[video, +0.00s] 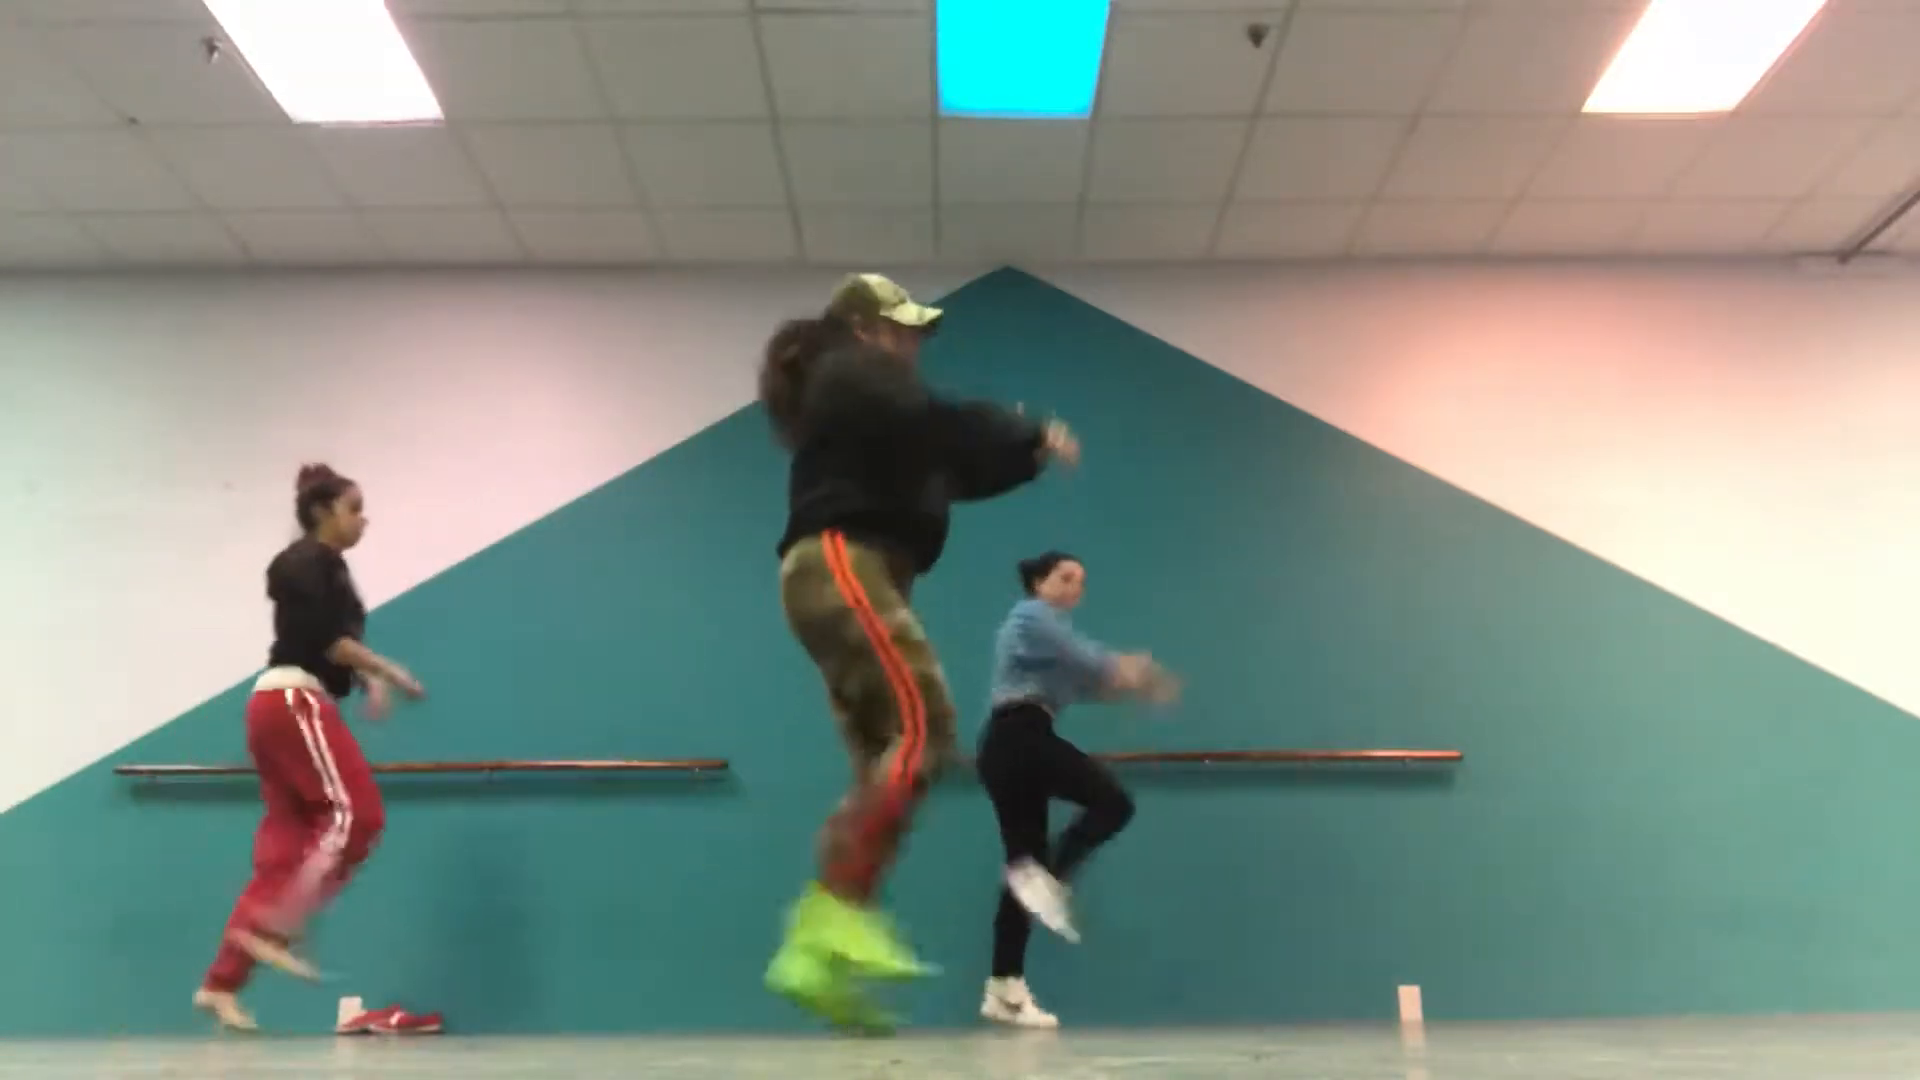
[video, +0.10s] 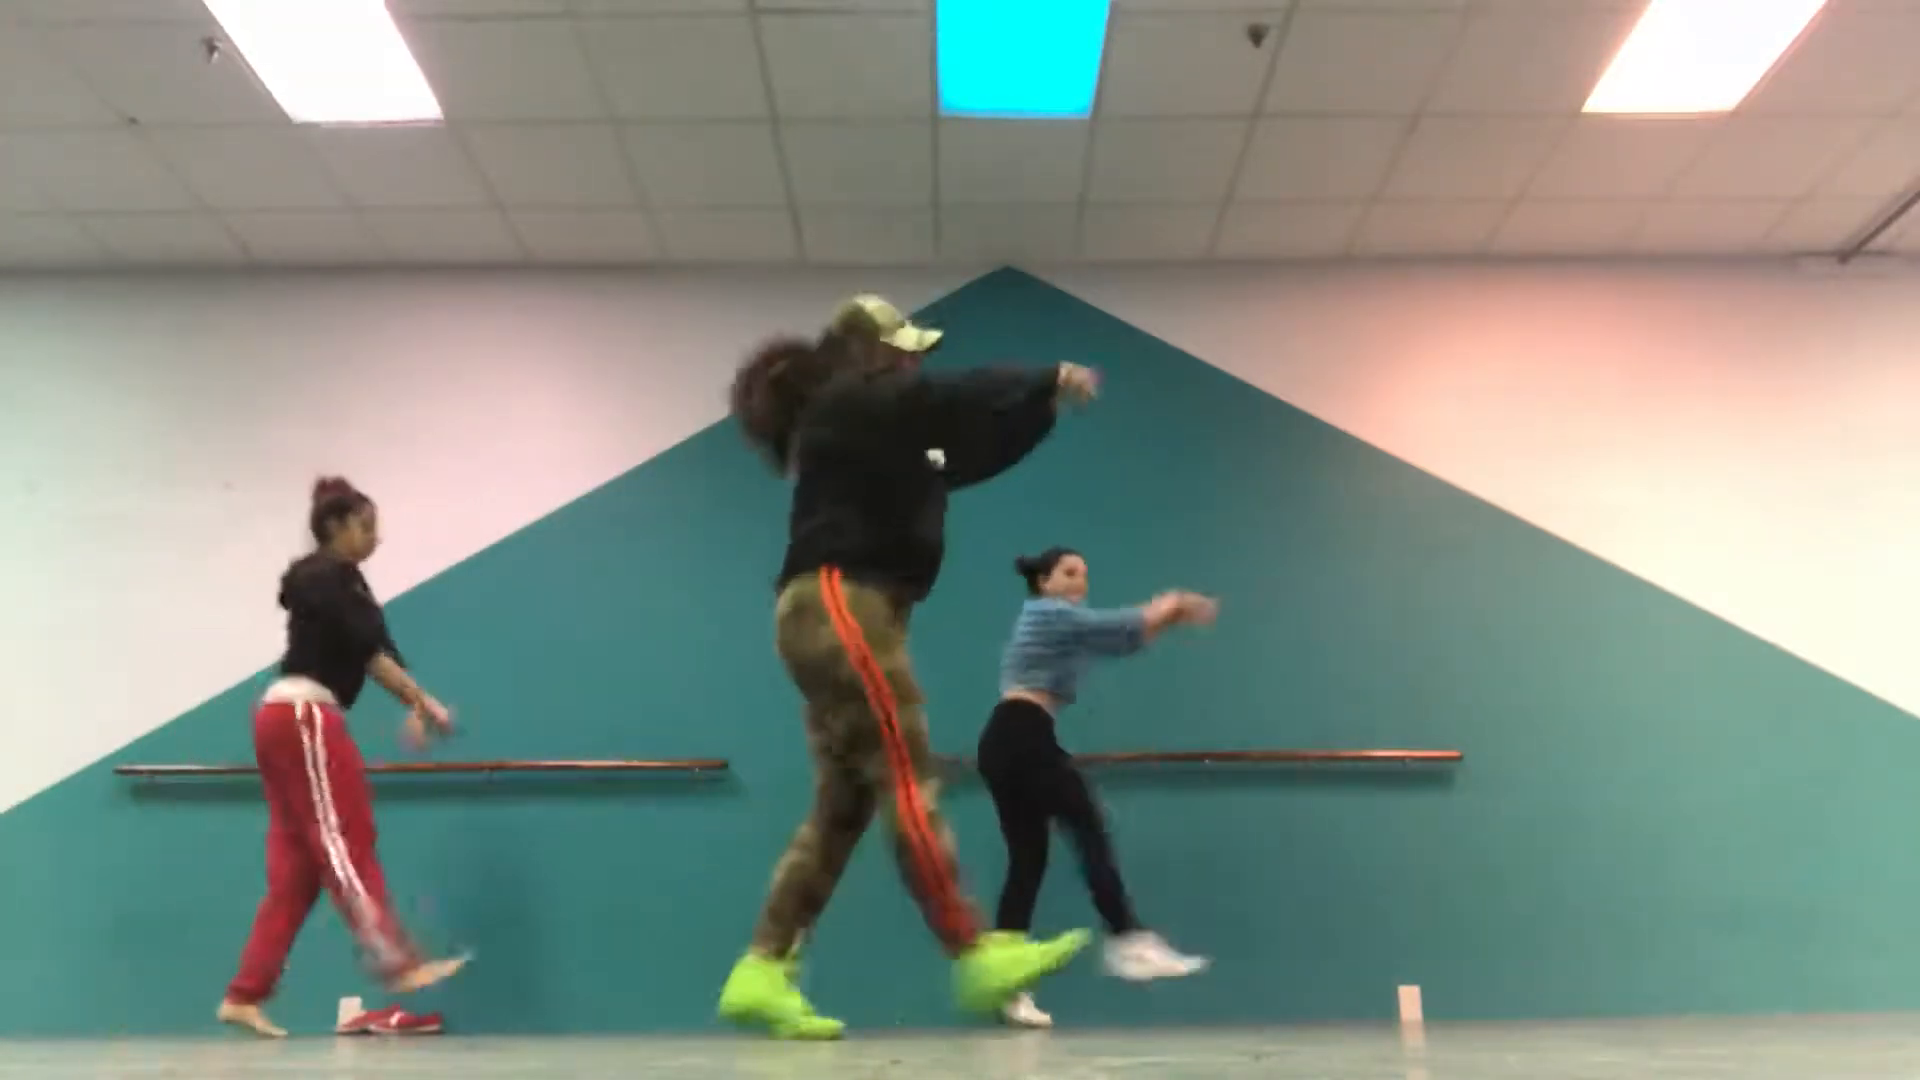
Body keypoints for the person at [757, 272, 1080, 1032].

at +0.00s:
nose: (915, 343)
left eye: (915, 333)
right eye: (903, 331)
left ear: (871, 329)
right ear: (864, 328)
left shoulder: (876, 394)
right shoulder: (847, 373)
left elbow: (949, 467)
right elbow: (929, 425)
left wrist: (1031, 453)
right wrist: (1027, 432)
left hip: (852, 570)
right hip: (838, 561)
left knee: (887, 760)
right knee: (920, 731)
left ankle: (822, 946)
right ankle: (839, 902)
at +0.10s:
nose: (919, 366)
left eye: (918, 355)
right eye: (908, 354)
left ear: (879, 352)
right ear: (868, 351)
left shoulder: (900, 428)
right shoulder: (849, 401)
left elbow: (975, 452)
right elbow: (946, 397)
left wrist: (1043, 408)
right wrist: (1048, 379)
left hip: (862, 608)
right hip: (836, 599)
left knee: (844, 798)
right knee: (905, 767)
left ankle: (765, 969)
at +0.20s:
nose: (921, 367)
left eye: (920, 356)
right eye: (909, 355)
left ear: (861, 354)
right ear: (871, 351)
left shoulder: (894, 421)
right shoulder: (853, 399)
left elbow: (975, 444)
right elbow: (951, 406)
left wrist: (1061, 417)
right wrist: (1074, 398)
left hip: (839, 620)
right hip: (834, 615)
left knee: (849, 810)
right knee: (931, 774)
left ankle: (760, 977)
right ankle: (997, 966)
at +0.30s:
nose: (929, 361)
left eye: (928, 349)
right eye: (917, 348)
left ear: (876, 348)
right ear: (881, 346)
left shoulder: (882, 405)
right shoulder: (873, 396)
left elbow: (969, 467)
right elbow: (957, 450)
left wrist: (1049, 519)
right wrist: (1050, 497)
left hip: (857, 597)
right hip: (851, 594)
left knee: (905, 794)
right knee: (938, 767)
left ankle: (809, 947)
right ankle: (968, 960)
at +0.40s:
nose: (951, 383)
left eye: (951, 370)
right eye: (940, 369)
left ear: (913, 371)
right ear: (901, 368)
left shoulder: (933, 445)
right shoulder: (873, 426)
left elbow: (974, 536)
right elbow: (907, 532)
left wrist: (1001, 612)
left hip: (883, 621)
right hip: (859, 617)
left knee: (947, 798)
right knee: (956, 785)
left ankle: (826, 926)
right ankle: (945, 979)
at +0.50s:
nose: (971, 397)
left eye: (970, 385)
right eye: (963, 385)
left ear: (930, 386)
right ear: (929, 385)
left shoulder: (946, 464)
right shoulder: (890, 454)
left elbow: (926, 564)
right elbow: (865, 556)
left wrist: (936, 665)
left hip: (901, 648)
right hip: (876, 650)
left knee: (938, 834)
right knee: (980, 795)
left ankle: (805, 923)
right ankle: (947, 981)